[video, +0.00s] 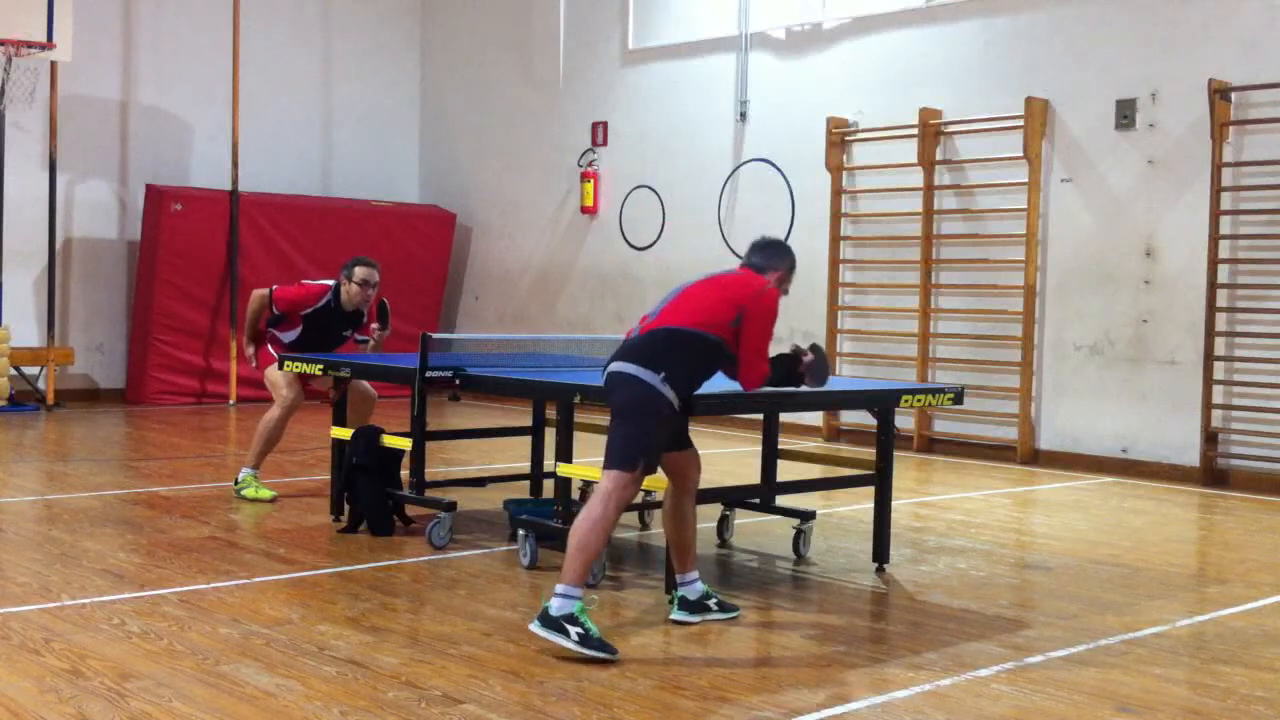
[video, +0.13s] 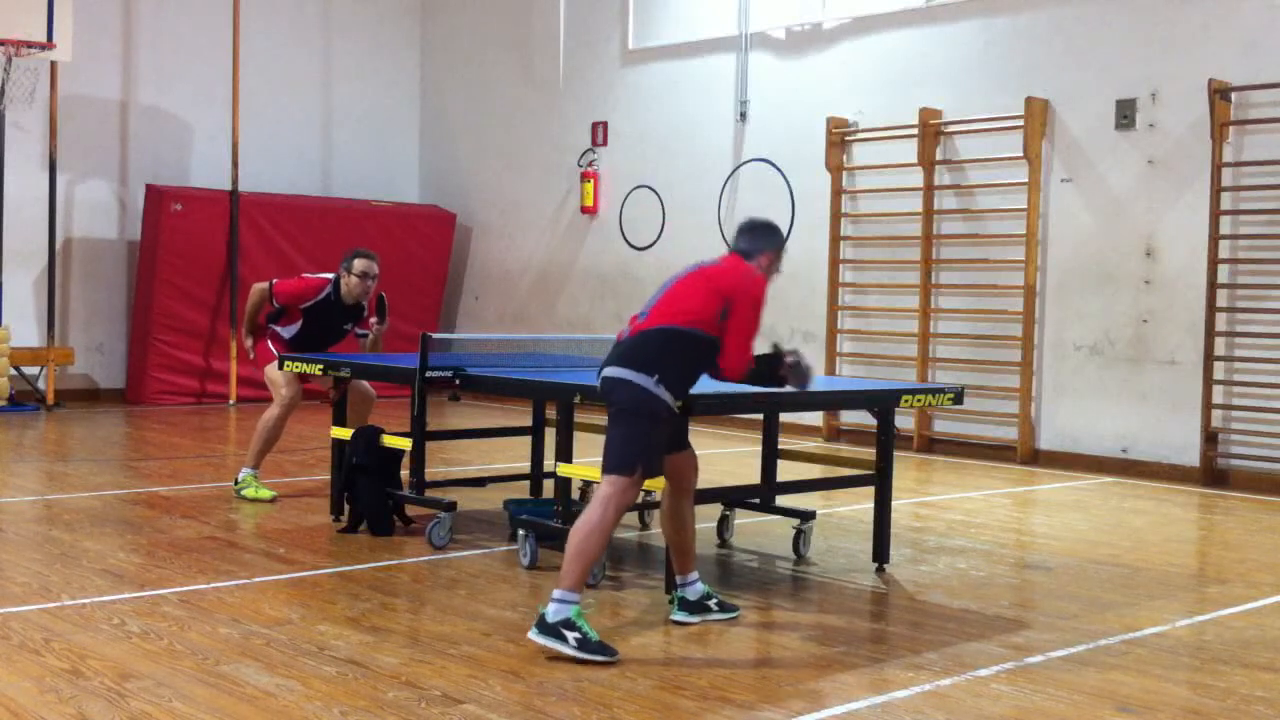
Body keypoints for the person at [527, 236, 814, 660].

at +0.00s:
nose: (783, 293)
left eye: (785, 286)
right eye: (785, 284)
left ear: (750, 264)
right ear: (777, 274)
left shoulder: (720, 284)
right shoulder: (761, 291)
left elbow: (737, 369)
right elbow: (753, 378)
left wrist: (789, 364)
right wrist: (796, 367)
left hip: (634, 372)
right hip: (650, 377)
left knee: (685, 471)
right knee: (618, 487)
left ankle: (689, 592)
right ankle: (561, 607)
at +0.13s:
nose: (775, 273)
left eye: (776, 265)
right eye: (776, 264)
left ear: (738, 250)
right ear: (767, 257)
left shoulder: (709, 271)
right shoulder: (748, 279)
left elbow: (716, 365)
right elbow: (732, 366)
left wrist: (771, 367)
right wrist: (777, 367)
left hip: (629, 374)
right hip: (643, 380)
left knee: (683, 473)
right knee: (616, 492)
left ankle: (689, 592)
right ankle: (558, 613)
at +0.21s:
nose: (760, 261)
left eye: (763, 254)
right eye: (763, 253)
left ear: (725, 236)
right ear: (755, 244)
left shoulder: (696, 261)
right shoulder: (735, 269)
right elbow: (716, 355)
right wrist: (760, 372)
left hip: (626, 372)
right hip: (640, 379)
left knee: (679, 473)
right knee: (613, 496)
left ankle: (688, 592)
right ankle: (555, 619)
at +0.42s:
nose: (726, 218)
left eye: (726, 210)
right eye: (727, 209)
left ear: (687, 200)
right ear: (716, 206)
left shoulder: (666, 238)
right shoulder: (682, 239)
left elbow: (662, 335)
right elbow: (650, 314)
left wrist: (733, 352)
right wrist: (685, 382)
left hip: (619, 385)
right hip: (615, 385)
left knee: (657, 482)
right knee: (600, 502)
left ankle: (682, 590)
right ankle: (549, 625)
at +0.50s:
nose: (715, 209)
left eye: (717, 199)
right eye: (716, 198)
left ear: (675, 190)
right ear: (702, 195)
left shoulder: (663, 232)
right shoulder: (660, 230)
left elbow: (656, 325)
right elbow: (617, 296)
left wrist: (736, 318)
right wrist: (659, 364)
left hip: (622, 387)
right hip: (605, 386)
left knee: (655, 479)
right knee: (592, 504)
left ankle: (673, 592)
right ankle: (547, 625)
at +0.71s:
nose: (709, 196)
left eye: (709, 186)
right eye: (707, 185)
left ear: (672, 180)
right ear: (690, 183)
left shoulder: (657, 228)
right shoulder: (640, 220)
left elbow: (675, 302)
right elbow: (608, 284)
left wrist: (736, 272)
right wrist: (672, 312)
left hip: (627, 388)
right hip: (601, 386)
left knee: (655, 479)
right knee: (588, 501)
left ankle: (649, 602)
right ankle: (547, 626)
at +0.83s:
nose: (718, 204)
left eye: (718, 194)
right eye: (718, 193)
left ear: (681, 183)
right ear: (702, 188)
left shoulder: (667, 230)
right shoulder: (653, 221)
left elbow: (667, 304)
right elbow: (633, 282)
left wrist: (722, 292)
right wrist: (713, 283)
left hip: (632, 389)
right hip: (604, 386)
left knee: (656, 480)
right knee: (595, 498)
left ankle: (649, 603)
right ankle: (547, 626)